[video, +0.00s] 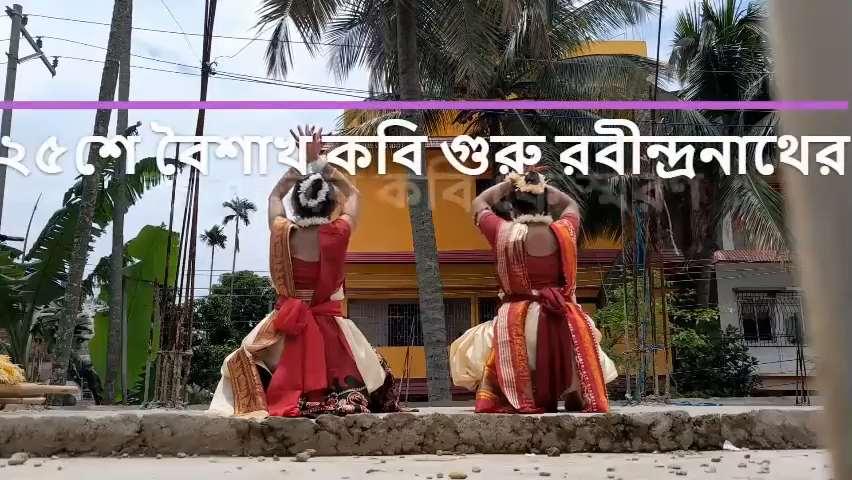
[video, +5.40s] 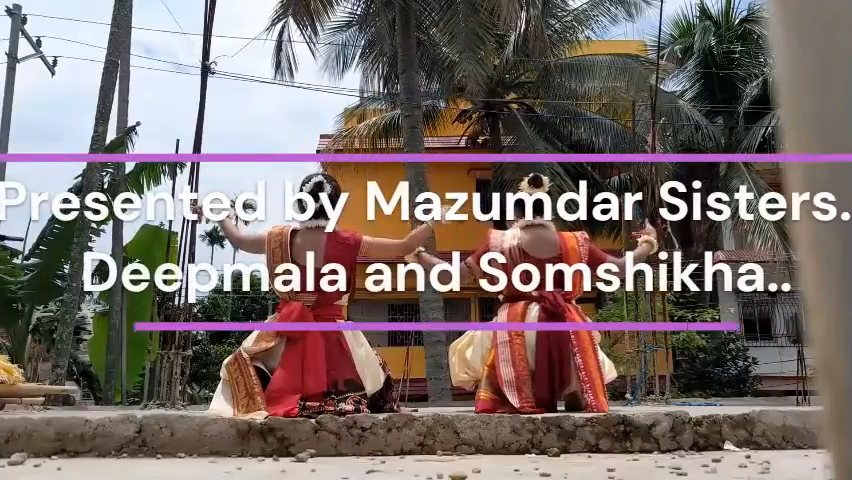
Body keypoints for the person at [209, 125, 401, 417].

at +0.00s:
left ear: (293, 205)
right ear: (330, 206)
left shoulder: (281, 232)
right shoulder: (338, 235)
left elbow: (276, 195)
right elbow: (351, 194)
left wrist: (302, 163)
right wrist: (324, 166)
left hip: (289, 329)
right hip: (330, 330)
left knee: (240, 363)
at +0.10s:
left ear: (294, 201)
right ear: (329, 203)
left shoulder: (281, 232)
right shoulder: (338, 234)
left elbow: (277, 193)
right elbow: (351, 194)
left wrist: (303, 161)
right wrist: (323, 165)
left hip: (289, 329)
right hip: (331, 328)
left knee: (239, 362)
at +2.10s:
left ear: (295, 203)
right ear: (330, 203)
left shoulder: (284, 234)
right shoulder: (337, 236)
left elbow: (277, 196)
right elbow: (351, 195)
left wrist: (303, 162)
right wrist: (323, 164)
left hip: (289, 328)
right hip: (329, 329)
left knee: (240, 363)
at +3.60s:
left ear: (292, 201)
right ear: (330, 202)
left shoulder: (279, 231)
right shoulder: (338, 232)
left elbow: (269, 192)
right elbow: (368, 188)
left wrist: (281, 157)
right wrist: (353, 157)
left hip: (287, 331)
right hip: (330, 329)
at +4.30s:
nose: (337, 204)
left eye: (333, 198)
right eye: (335, 199)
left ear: (295, 203)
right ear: (331, 204)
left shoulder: (278, 234)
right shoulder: (341, 235)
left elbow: (260, 204)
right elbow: (386, 206)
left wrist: (267, 161)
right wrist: (387, 171)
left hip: (288, 333)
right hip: (333, 333)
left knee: (239, 367)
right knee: (379, 388)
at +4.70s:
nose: (339, 204)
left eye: (336, 198)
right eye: (337, 199)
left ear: (298, 204)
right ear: (333, 205)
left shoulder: (277, 235)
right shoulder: (345, 237)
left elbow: (248, 213)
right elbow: (397, 229)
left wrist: (235, 177)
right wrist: (419, 193)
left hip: (287, 337)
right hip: (333, 336)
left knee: (242, 364)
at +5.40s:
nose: (340, 207)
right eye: (338, 201)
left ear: (301, 203)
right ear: (336, 206)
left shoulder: (277, 238)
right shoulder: (348, 242)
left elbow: (238, 238)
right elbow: (404, 248)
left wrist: (225, 210)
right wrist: (430, 223)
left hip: (286, 336)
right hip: (334, 338)